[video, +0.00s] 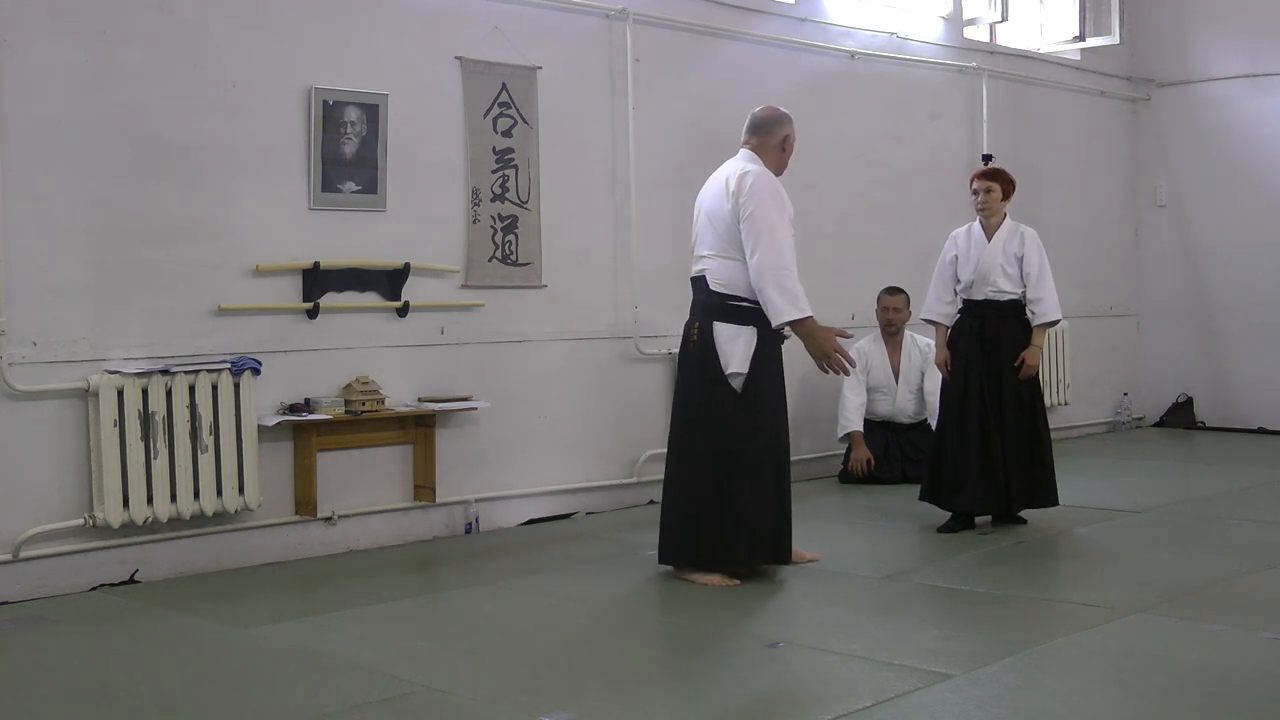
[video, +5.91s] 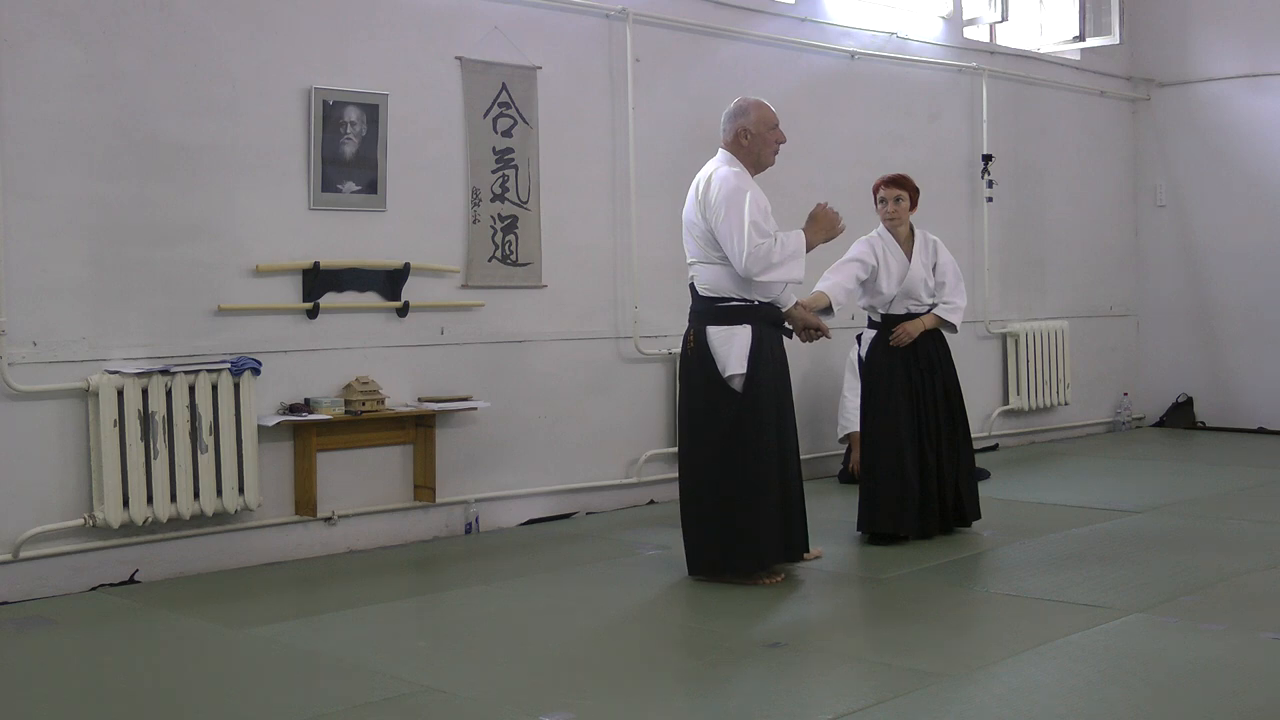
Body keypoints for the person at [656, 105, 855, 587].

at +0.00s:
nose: (792, 157)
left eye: (793, 148)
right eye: (793, 148)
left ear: (746, 137)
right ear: (784, 143)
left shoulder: (725, 176)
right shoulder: (758, 182)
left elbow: (741, 266)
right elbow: (771, 268)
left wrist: (800, 322)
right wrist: (811, 333)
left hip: (723, 321)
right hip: (732, 325)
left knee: (761, 435)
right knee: (711, 441)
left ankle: (766, 543)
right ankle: (693, 558)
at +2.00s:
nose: (816, 148)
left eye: (815, 140)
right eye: (810, 139)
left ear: (778, 140)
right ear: (779, 139)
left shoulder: (767, 182)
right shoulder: (759, 181)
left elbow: (788, 265)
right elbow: (763, 262)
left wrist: (823, 314)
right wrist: (788, 333)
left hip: (762, 323)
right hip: (744, 323)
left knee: (774, 437)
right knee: (738, 441)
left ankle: (776, 545)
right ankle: (725, 558)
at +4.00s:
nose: (782, 137)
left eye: (783, 129)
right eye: (772, 128)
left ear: (746, 134)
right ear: (740, 132)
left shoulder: (743, 181)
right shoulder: (730, 182)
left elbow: (764, 263)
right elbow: (736, 262)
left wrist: (804, 305)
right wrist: (764, 330)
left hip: (755, 327)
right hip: (730, 331)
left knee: (770, 440)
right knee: (734, 447)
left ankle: (778, 542)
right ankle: (731, 559)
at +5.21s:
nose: (776, 138)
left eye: (774, 129)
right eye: (768, 129)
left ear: (735, 134)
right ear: (737, 134)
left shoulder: (725, 180)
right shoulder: (721, 182)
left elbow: (742, 263)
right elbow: (735, 258)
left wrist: (790, 306)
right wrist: (794, 264)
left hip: (748, 325)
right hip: (727, 329)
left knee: (769, 438)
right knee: (734, 446)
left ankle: (776, 541)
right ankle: (734, 561)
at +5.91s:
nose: (782, 138)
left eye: (779, 130)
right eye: (773, 131)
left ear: (739, 137)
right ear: (742, 136)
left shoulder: (723, 178)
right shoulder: (730, 183)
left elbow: (745, 266)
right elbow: (753, 258)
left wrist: (790, 309)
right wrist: (808, 236)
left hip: (744, 324)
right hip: (731, 327)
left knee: (762, 439)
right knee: (734, 444)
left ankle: (775, 544)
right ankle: (731, 560)